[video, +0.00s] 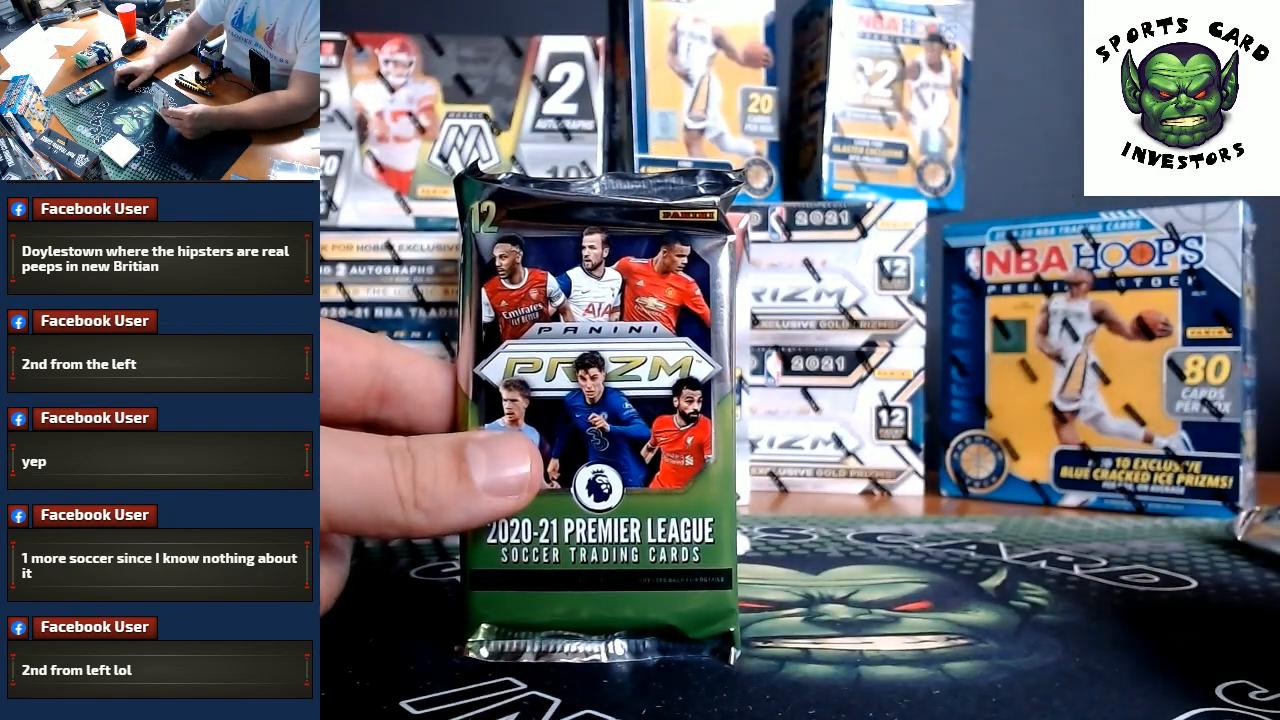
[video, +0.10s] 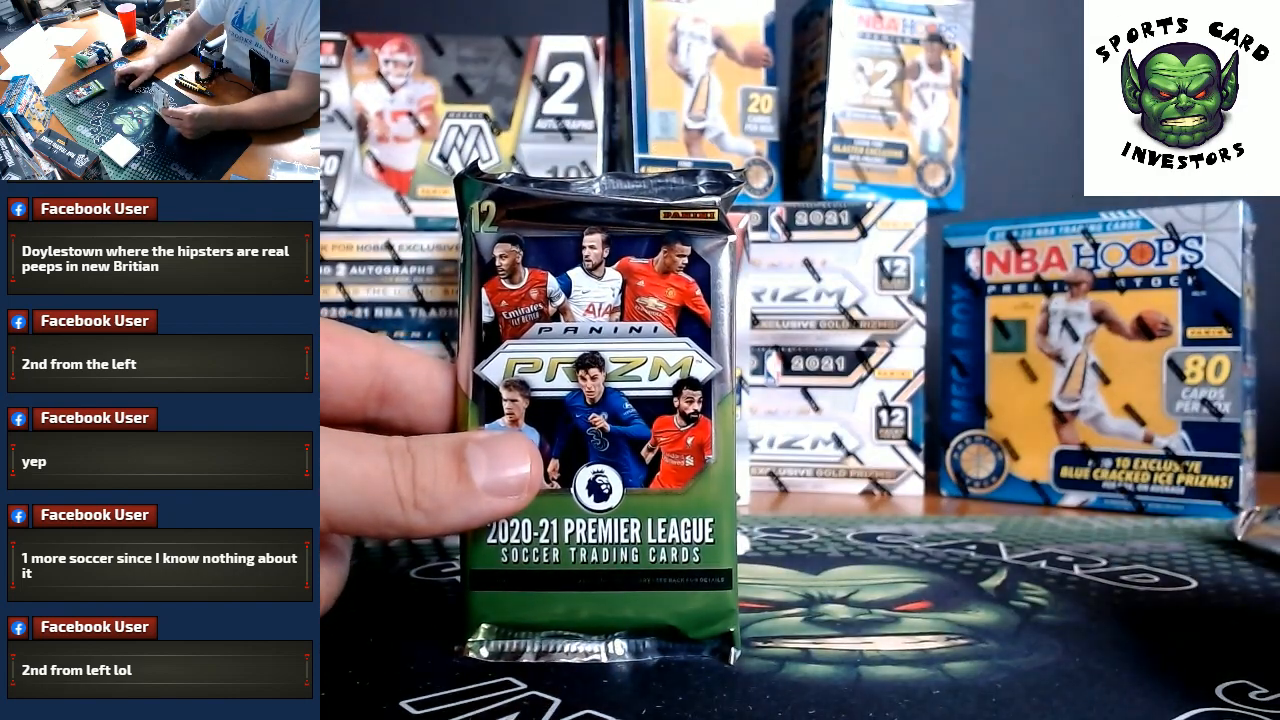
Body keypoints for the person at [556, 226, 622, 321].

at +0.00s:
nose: (585, 253)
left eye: (592, 248)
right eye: (583, 248)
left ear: (605, 252)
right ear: (581, 250)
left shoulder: (616, 278)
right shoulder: (570, 279)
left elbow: (615, 312)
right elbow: (545, 312)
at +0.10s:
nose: (586, 253)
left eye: (592, 248)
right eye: (584, 248)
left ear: (605, 252)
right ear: (581, 250)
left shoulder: (616, 278)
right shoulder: (570, 279)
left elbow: (615, 312)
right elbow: (545, 312)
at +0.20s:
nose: (586, 253)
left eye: (592, 248)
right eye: (584, 248)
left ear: (605, 252)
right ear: (581, 250)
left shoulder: (616, 278)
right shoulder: (570, 279)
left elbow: (615, 311)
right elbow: (547, 312)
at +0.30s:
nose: (584, 253)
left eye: (590, 248)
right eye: (582, 248)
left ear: (604, 252)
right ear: (580, 249)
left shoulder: (615, 278)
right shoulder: (568, 279)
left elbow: (614, 312)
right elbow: (544, 313)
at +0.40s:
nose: (584, 253)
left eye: (591, 248)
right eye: (582, 248)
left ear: (604, 252)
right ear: (580, 249)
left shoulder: (615, 278)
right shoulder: (568, 279)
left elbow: (614, 312)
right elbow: (544, 313)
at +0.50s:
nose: (584, 253)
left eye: (590, 248)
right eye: (582, 248)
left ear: (604, 252)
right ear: (580, 249)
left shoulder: (615, 278)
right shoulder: (568, 279)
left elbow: (614, 312)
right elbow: (543, 313)